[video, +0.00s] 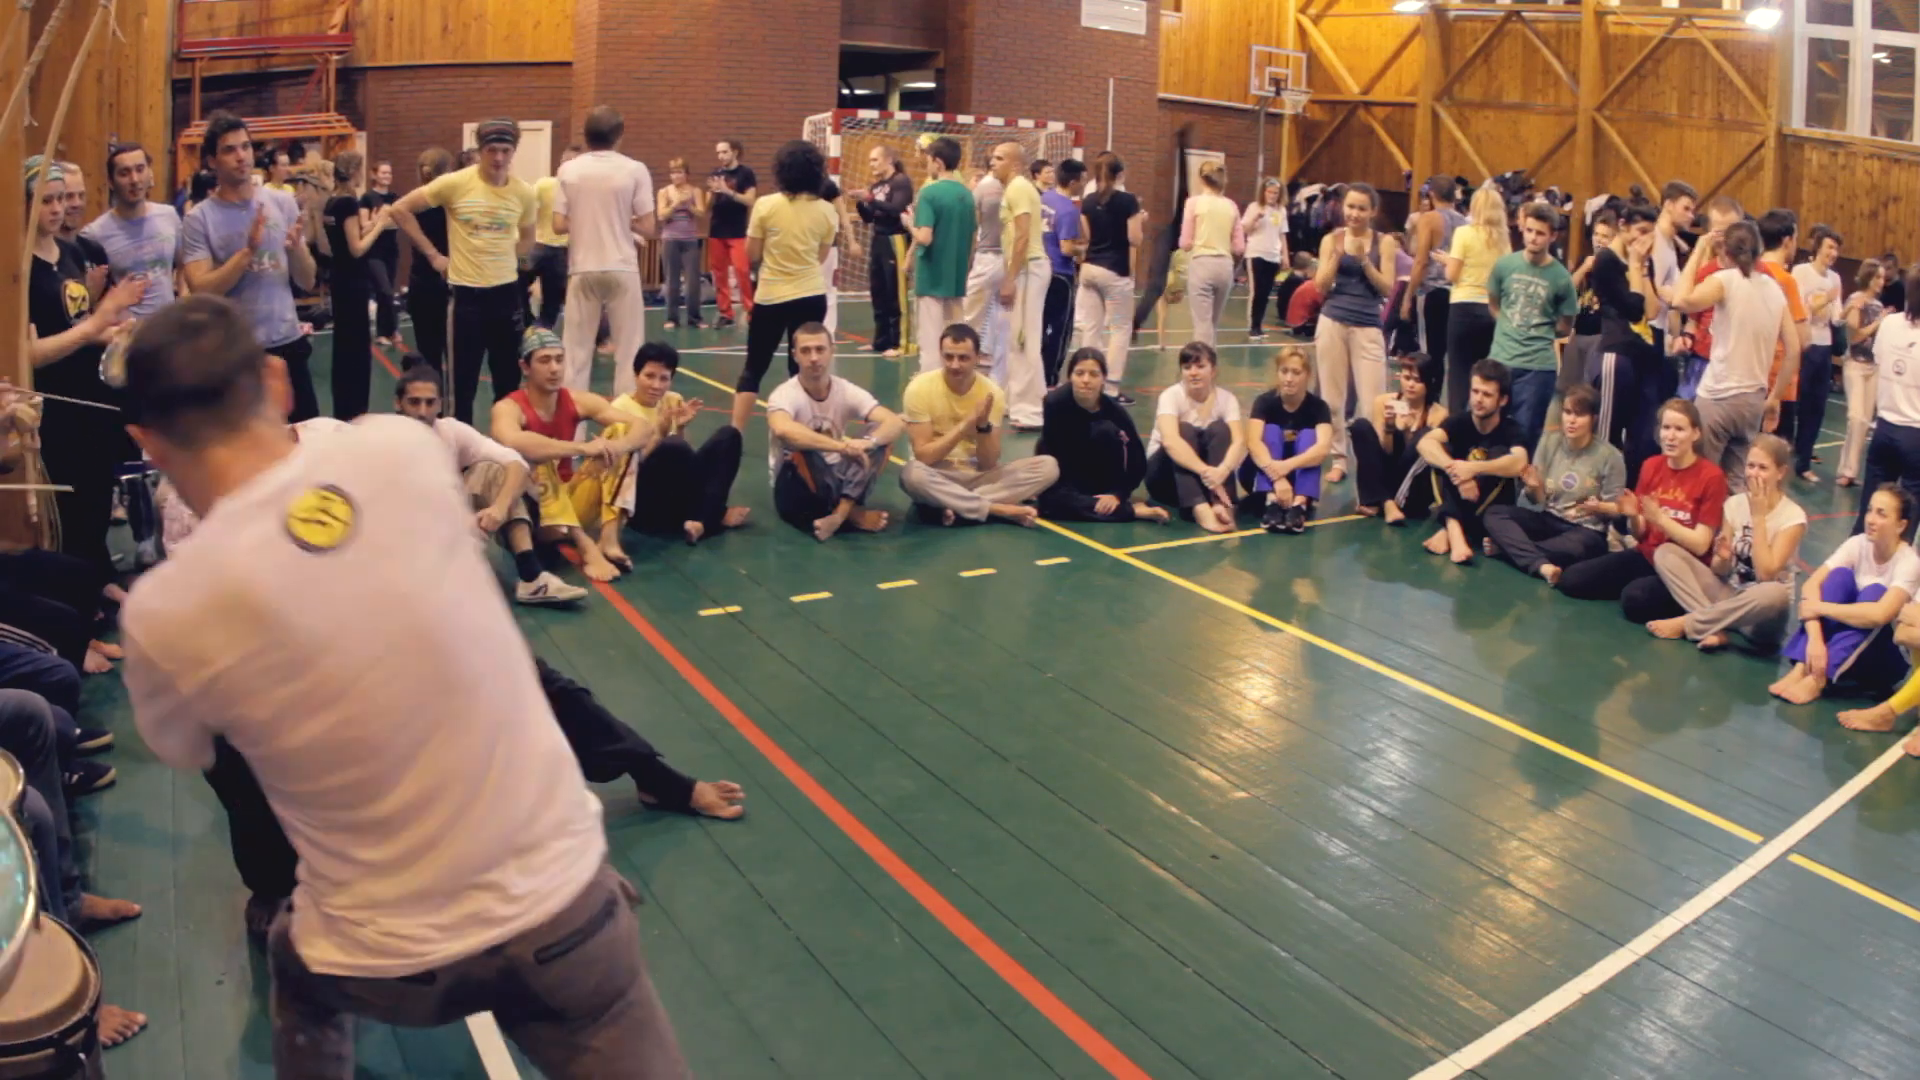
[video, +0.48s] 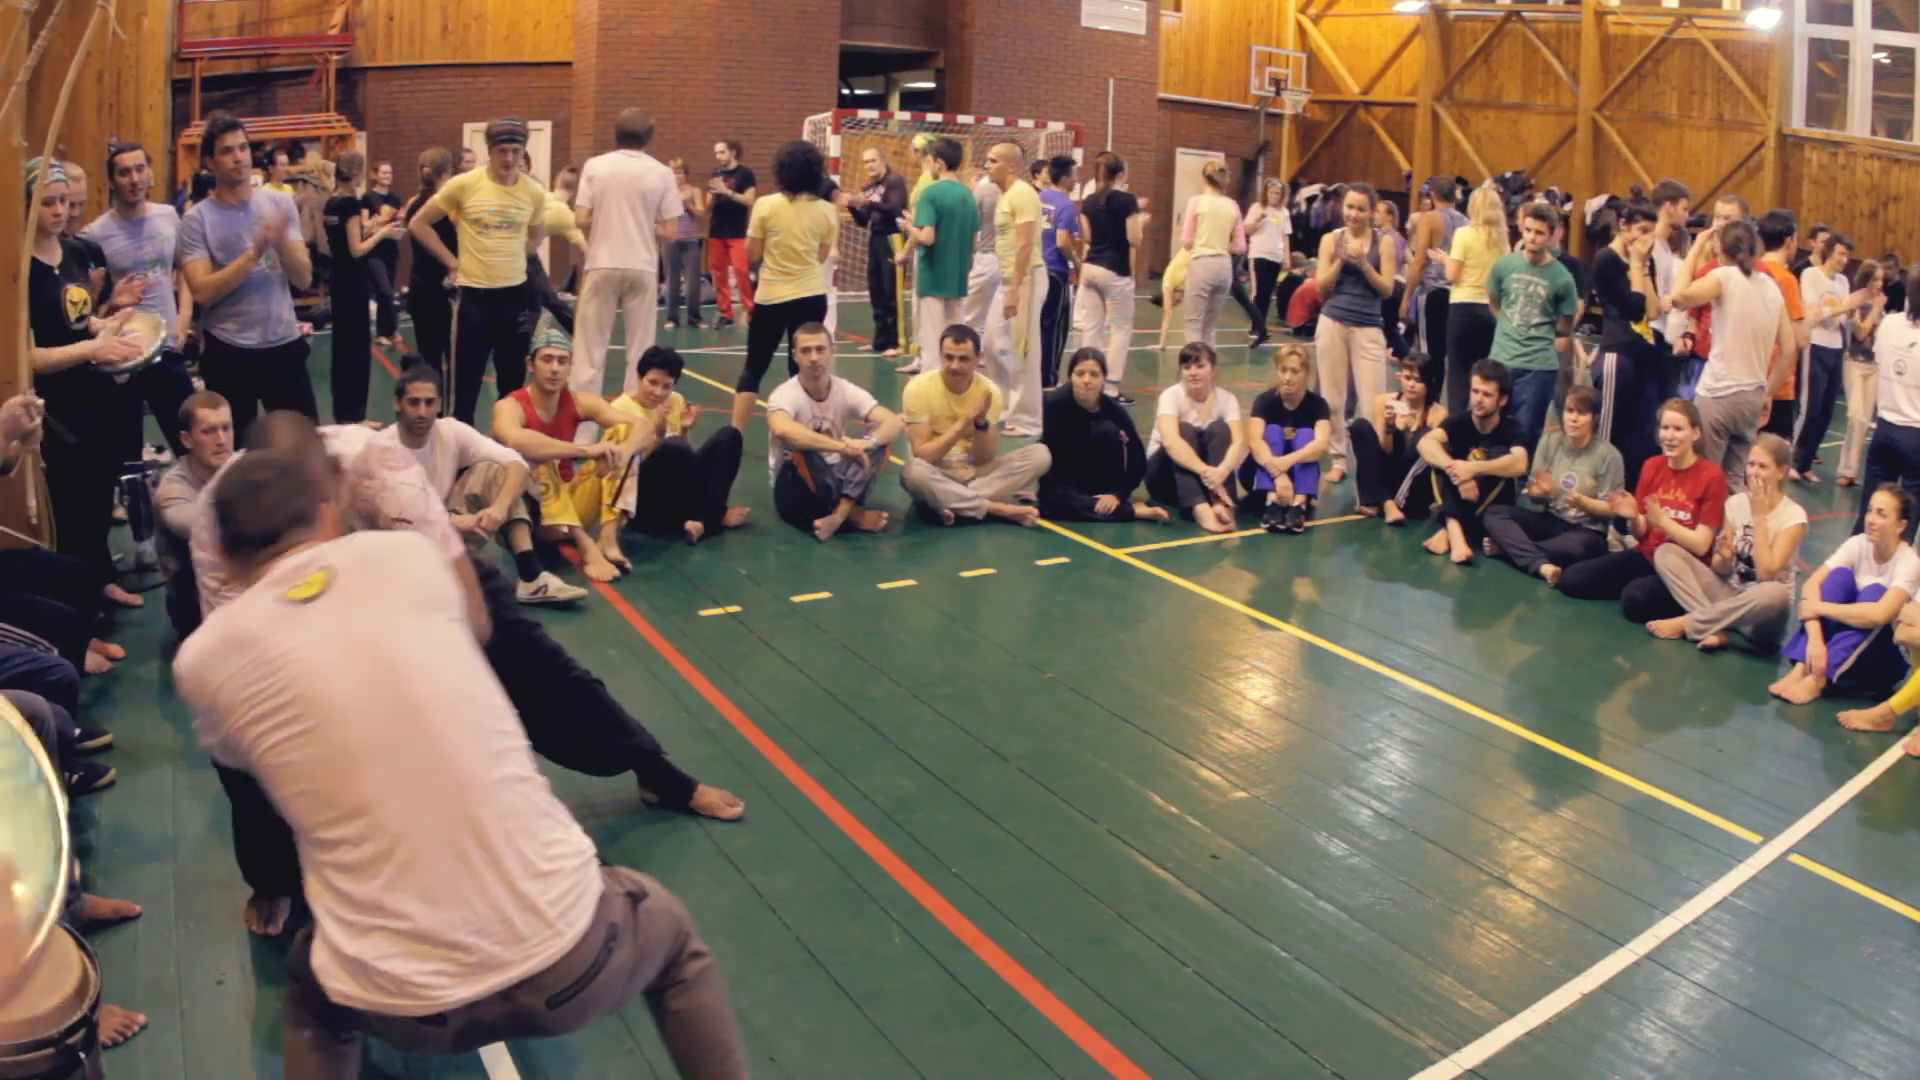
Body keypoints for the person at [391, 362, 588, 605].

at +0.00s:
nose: (422, 411)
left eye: (430, 403)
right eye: (414, 402)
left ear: (440, 404)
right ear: (398, 404)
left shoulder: (451, 430)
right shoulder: (385, 437)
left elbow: (516, 463)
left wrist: (499, 509)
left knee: (494, 470)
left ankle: (531, 576)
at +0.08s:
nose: (422, 411)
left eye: (430, 402)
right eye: (414, 402)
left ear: (440, 405)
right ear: (398, 404)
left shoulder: (451, 431)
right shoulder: (381, 448)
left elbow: (517, 465)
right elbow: (394, 506)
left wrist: (500, 508)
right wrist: (452, 519)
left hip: (449, 538)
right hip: (405, 542)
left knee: (492, 471)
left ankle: (532, 577)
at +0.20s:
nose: (422, 412)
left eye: (429, 402)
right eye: (413, 402)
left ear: (439, 404)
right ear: (397, 404)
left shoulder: (451, 431)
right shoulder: (381, 448)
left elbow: (516, 465)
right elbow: (394, 504)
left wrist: (500, 509)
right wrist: (452, 520)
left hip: (449, 536)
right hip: (405, 540)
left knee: (492, 470)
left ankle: (531, 576)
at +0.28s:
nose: (422, 412)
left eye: (429, 403)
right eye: (413, 403)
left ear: (439, 405)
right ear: (398, 404)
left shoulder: (451, 431)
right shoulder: (380, 448)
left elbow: (517, 465)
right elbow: (396, 504)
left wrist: (500, 508)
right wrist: (452, 519)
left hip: (450, 536)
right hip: (405, 541)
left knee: (491, 470)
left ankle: (531, 576)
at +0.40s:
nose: (422, 412)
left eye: (429, 403)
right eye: (413, 403)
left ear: (439, 405)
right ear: (398, 404)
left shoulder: (451, 431)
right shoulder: (381, 448)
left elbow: (516, 465)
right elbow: (394, 504)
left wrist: (500, 508)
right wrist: (452, 519)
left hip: (450, 528)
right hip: (407, 534)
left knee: (493, 470)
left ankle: (531, 576)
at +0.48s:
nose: (422, 412)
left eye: (429, 403)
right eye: (413, 403)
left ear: (439, 404)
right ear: (397, 404)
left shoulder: (450, 431)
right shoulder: (380, 448)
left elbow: (516, 465)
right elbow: (390, 517)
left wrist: (499, 509)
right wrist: (454, 523)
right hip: (403, 536)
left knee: (493, 470)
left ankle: (532, 576)